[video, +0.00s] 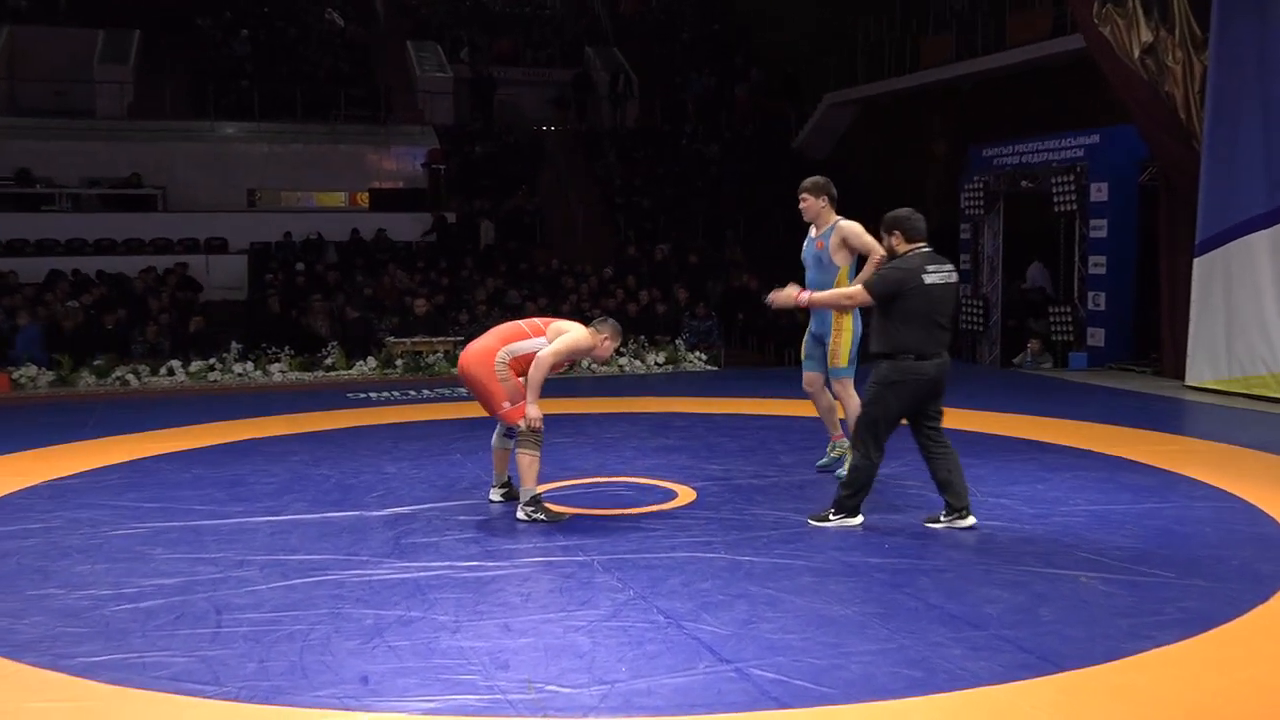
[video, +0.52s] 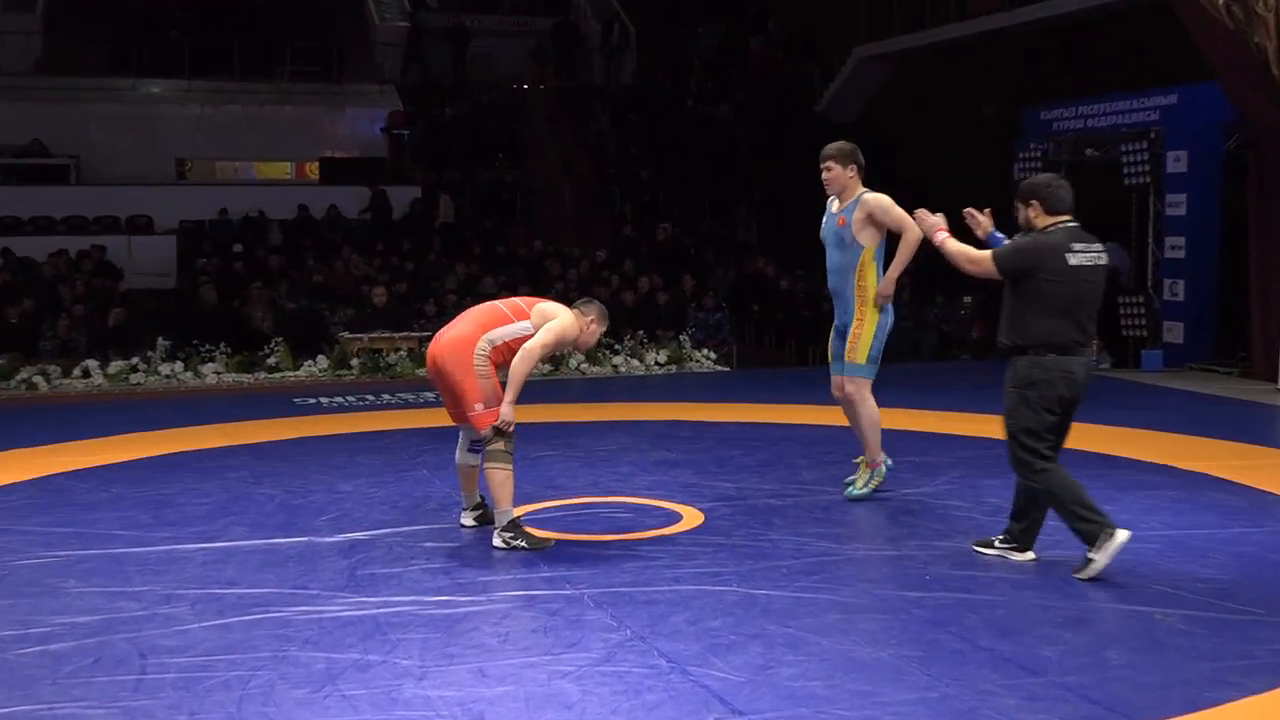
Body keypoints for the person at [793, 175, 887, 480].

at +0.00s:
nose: (800, 206)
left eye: (804, 200)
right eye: (799, 201)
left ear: (823, 201)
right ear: (815, 203)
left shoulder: (846, 229)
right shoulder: (813, 231)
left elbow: (878, 253)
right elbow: (820, 271)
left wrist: (856, 289)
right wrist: (810, 296)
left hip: (842, 319)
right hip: (818, 319)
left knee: (843, 386)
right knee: (812, 384)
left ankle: (862, 452)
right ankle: (839, 443)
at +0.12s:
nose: (805, 204)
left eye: (810, 199)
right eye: (804, 199)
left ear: (829, 200)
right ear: (820, 202)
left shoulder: (850, 228)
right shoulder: (815, 230)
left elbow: (886, 254)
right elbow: (826, 270)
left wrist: (859, 286)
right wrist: (819, 305)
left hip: (846, 322)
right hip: (821, 322)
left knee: (837, 391)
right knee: (819, 390)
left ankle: (868, 450)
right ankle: (840, 452)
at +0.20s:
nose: (809, 212)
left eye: (815, 207)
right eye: (808, 207)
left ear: (834, 209)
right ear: (822, 211)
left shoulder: (854, 241)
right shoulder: (819, 241)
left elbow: (888, 272)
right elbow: (816, 276)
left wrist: (862, 306)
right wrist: (807, 298)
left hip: (850, 336)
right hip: (825, 335)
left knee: (836, 403)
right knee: (822, 403)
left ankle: (875, 456)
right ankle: (848, 461)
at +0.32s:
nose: (815, 206)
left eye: (821, 200)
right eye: (815, 200)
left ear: (842, 204)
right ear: (823, 204)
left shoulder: (860, 236)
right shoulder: (824, 236)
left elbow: (890, 273)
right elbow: (825, 281)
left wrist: (867, 311)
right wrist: (806, 311)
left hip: (858, 333)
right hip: (832, 335)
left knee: (837, 400)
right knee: (829, 403)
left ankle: (879, 452)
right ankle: (857, 464)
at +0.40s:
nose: (818, 189)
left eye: (823, 183)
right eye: (817, 183)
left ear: (844, 185)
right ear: (828, 188)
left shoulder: (865, 218)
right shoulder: (826, 218)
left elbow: (903, 249)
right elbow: (837, 263)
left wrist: (878, 291)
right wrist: (825, 294)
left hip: (864, 320)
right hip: (837, 321)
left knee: (844, 388)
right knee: (839, 392)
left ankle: (876, 452)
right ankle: (856, 458)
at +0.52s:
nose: (824, 176)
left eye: (830, 169)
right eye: (822, 171)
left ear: (851, 170)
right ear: (829, 175)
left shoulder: (873, 202)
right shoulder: (833, 205)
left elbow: (913, 232)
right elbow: (844, 249)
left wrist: (889, 278)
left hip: (868, 310)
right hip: (844, 311)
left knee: (856, 387)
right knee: (840, 389)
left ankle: (875, 464)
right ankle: (873, 457)